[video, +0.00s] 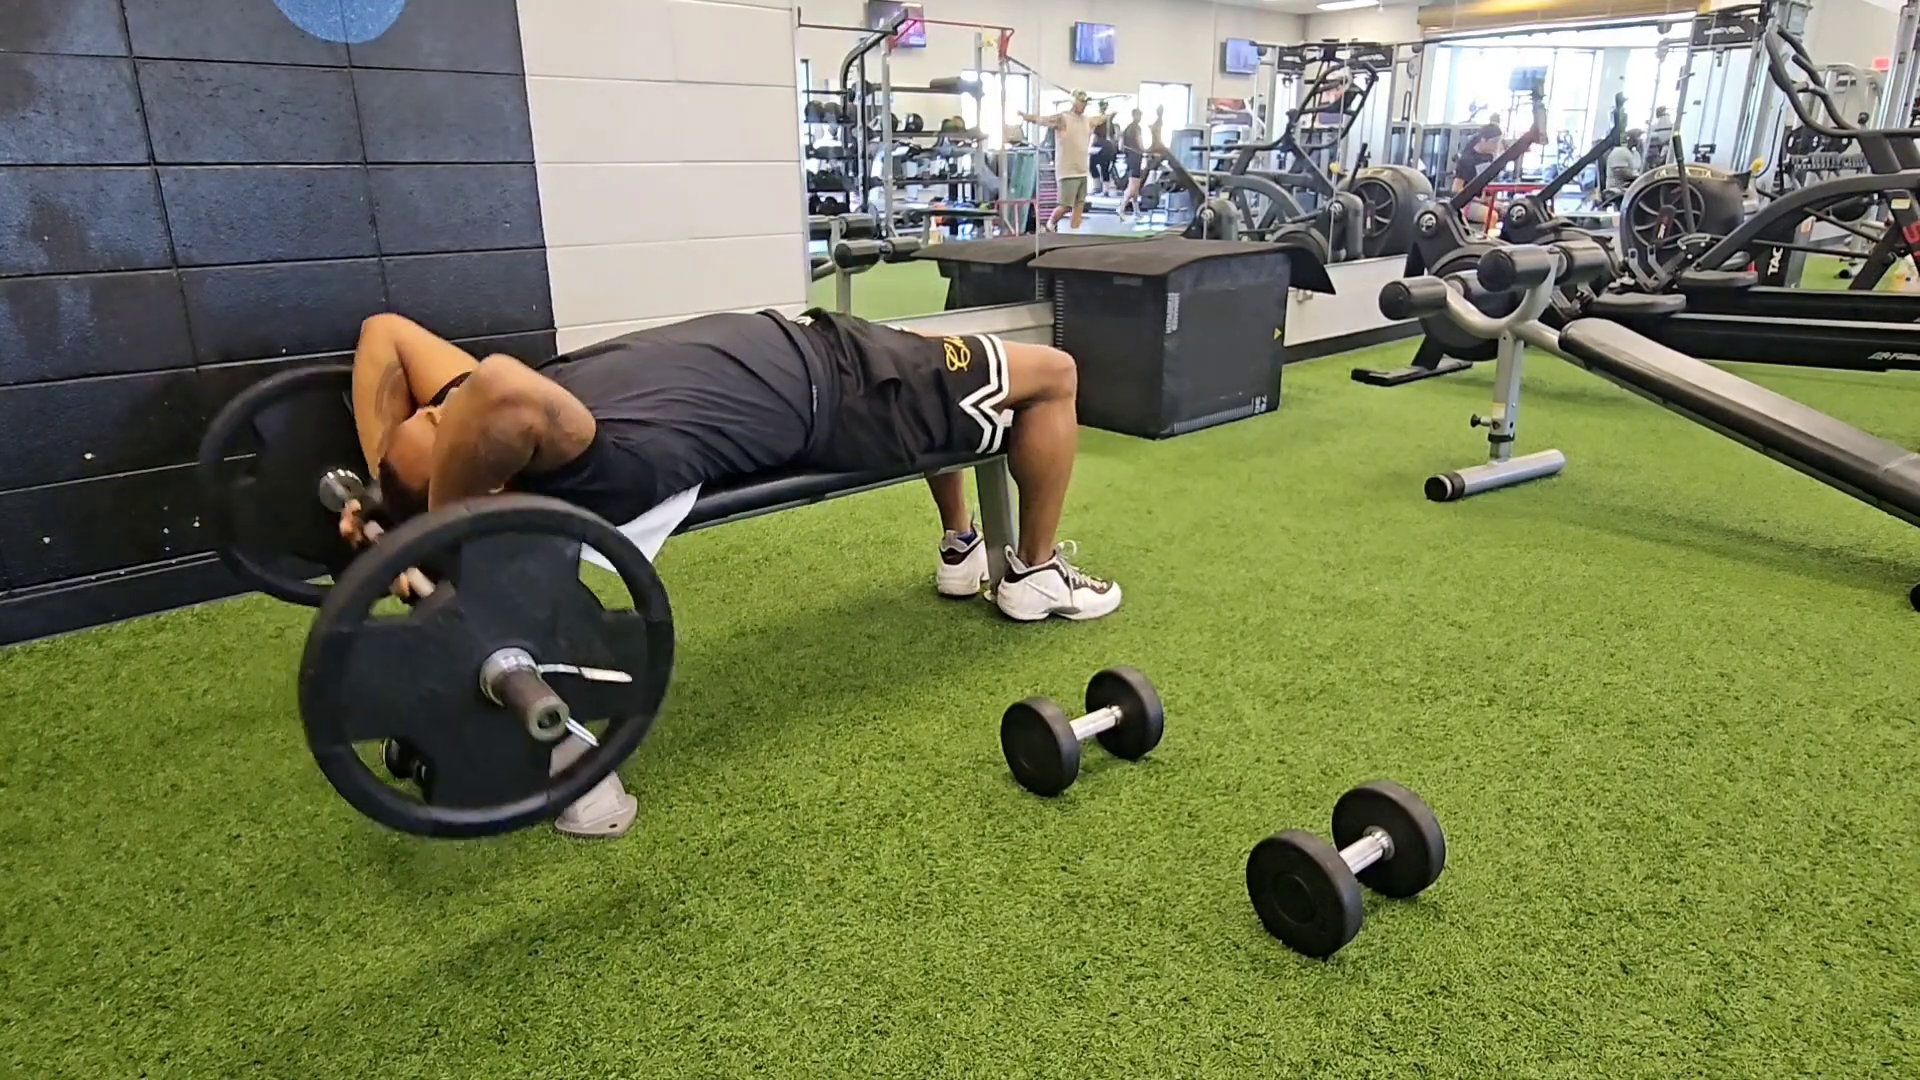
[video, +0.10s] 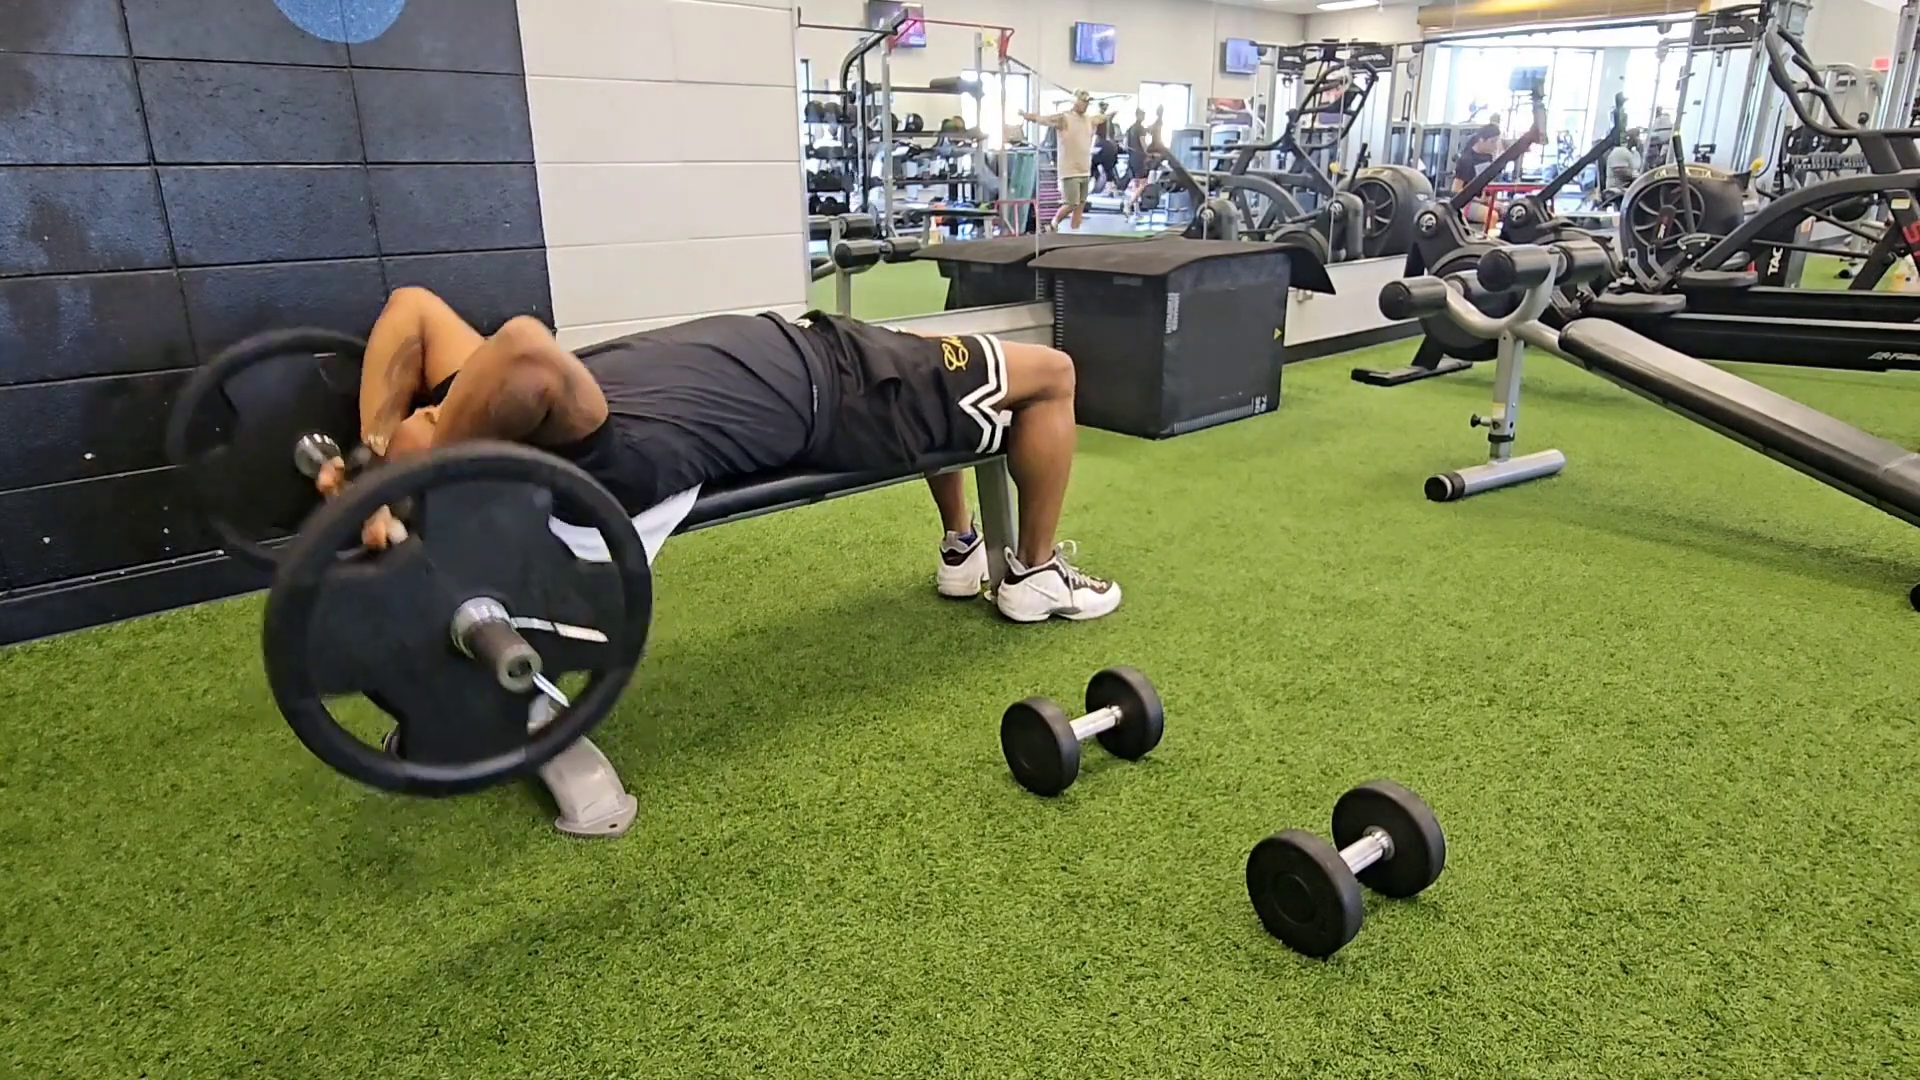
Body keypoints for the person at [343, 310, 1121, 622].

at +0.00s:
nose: (437, 400)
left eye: (420, 414)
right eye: (443, 415)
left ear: (405, 477)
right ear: (487, 479)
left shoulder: (458, 431)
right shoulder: (589, 465)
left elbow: (382, 330)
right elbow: (506, 392)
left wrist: (381, 477)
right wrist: (427, 532)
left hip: (775, 340)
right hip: (831, 381)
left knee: (926, 341)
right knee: (1053, 375)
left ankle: (965, 542)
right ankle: (1035, 571)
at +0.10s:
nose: (404, 425)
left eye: (384, 432)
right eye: (395, 444)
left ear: (377, 444)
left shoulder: (452, 415)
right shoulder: (586, 447)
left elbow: (412, 303)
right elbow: (525, 342)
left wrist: (376, 442)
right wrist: (423, 462)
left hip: (771, 341)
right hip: (828, 386)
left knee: (923, 351)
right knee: (1052, 374)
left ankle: (966, 543)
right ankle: (1036, 572)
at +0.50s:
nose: (471, 385)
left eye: (451, 398)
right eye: (464, 412)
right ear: (502, 478)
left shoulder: (545, 398)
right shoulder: (589, 462)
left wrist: (553, 316)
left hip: (789, 361)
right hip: (835, 412)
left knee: (938, 341)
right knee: (1058, 375)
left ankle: (965, 543)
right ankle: (1043, 574)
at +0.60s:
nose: (473, 381)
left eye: (452, 392)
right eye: (464, 409)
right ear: (508, 476)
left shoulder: (544, 393)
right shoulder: (609, 468)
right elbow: (724, 495)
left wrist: (610, 317)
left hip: (781, 373)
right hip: (849, 422)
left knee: (938, 340)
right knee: (1061, 375)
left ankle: (964, 544)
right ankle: (1041, 577)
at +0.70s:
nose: (473, 375)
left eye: (451, 387)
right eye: (464, 403)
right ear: (510, 472)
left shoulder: (555, 399)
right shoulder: (628, 463)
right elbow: (763, 458)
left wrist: (629, 330)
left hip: (786, 373)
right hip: (839, 430)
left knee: (930, 345)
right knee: (1065, 379)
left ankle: (965, 546)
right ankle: (1039, 578)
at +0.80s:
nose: (475, 372)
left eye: (453, 390)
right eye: (466, 401)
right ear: (513, 468)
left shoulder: (547, 396)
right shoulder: (630, 467)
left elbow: (646, 357)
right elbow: (760, 457)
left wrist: (634, 310)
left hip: (792, 373)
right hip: (846, 422)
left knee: (941, 349)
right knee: (1066, 378)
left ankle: (965, 546)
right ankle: (1040, 578)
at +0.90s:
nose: (471, 375)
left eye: (448, 388)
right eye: (462, 399)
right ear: (509, 468)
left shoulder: (553, 394)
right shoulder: (606, 467)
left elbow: (617, 330)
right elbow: (728, 453)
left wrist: (618, 260)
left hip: (784, 370)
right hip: (826, 421)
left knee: (939, 353)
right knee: (1060, 380)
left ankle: (967, 549)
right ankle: (1036, 576)